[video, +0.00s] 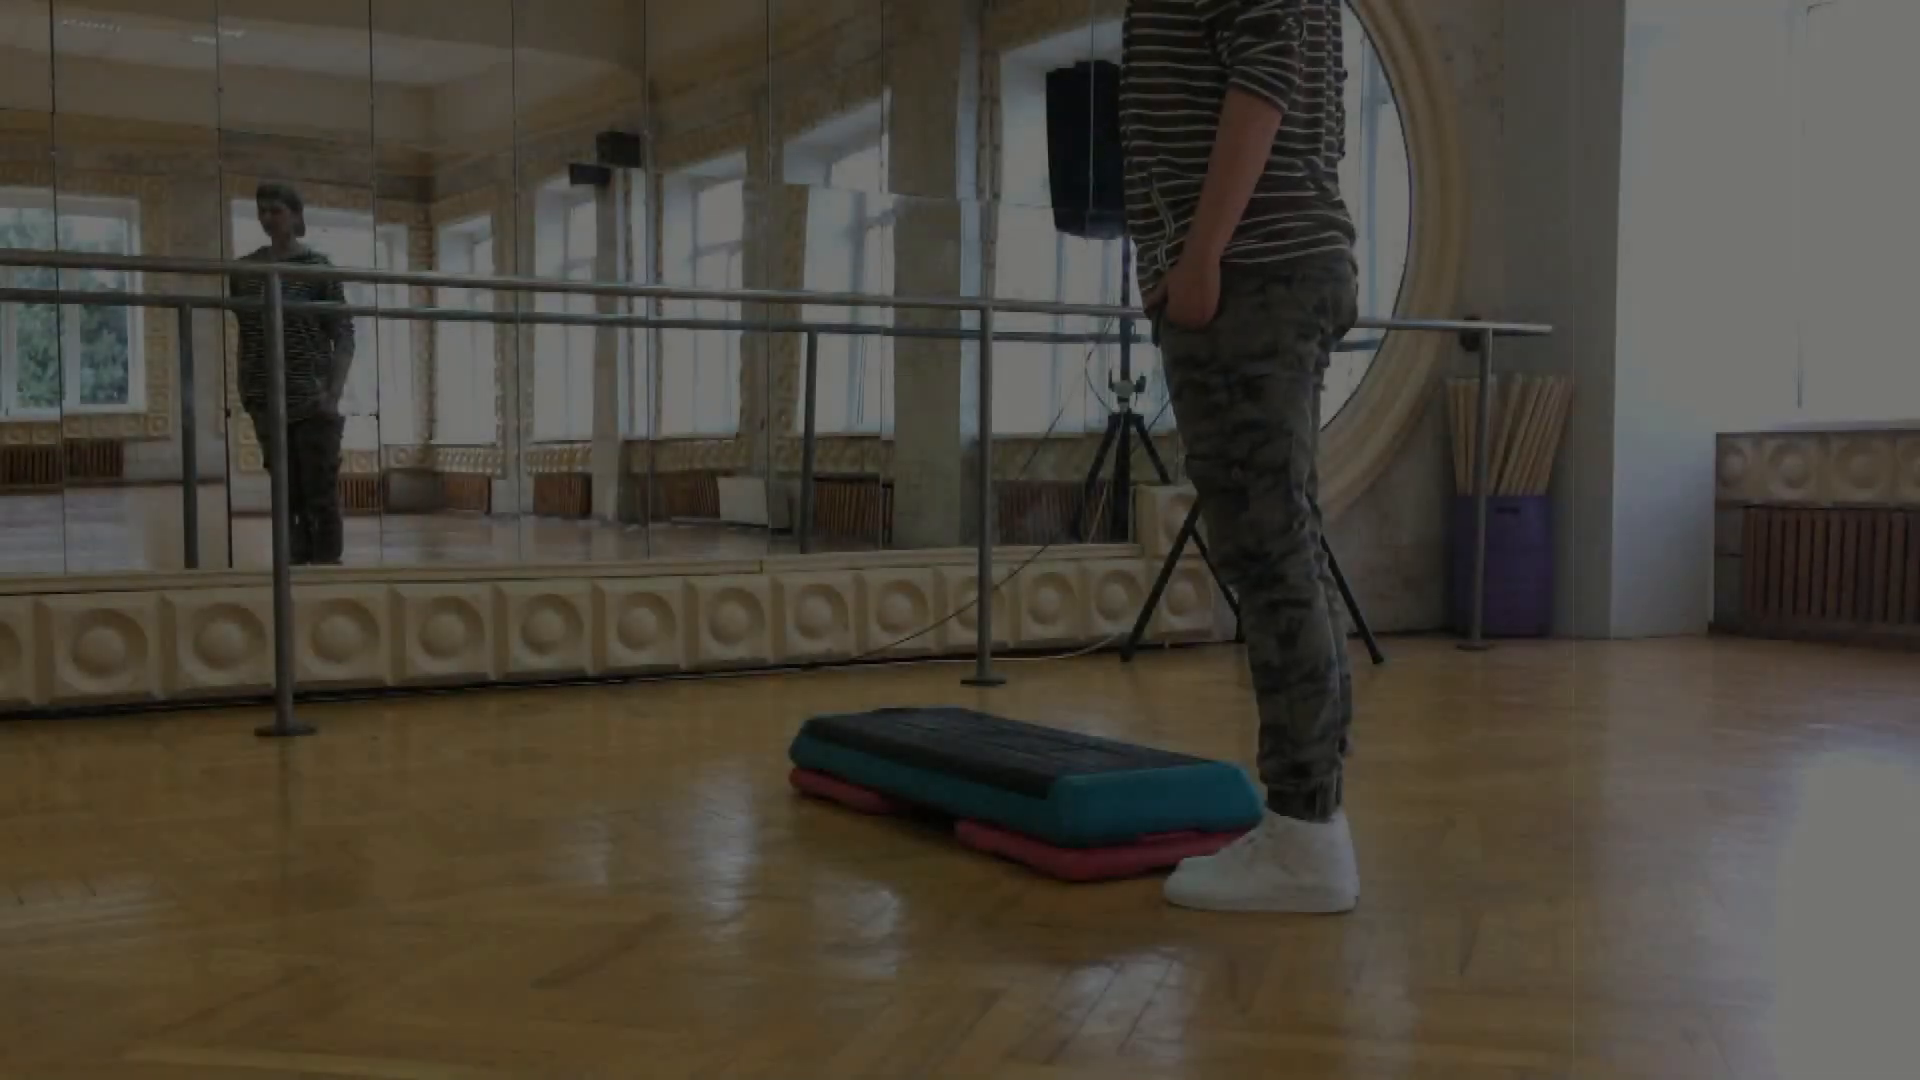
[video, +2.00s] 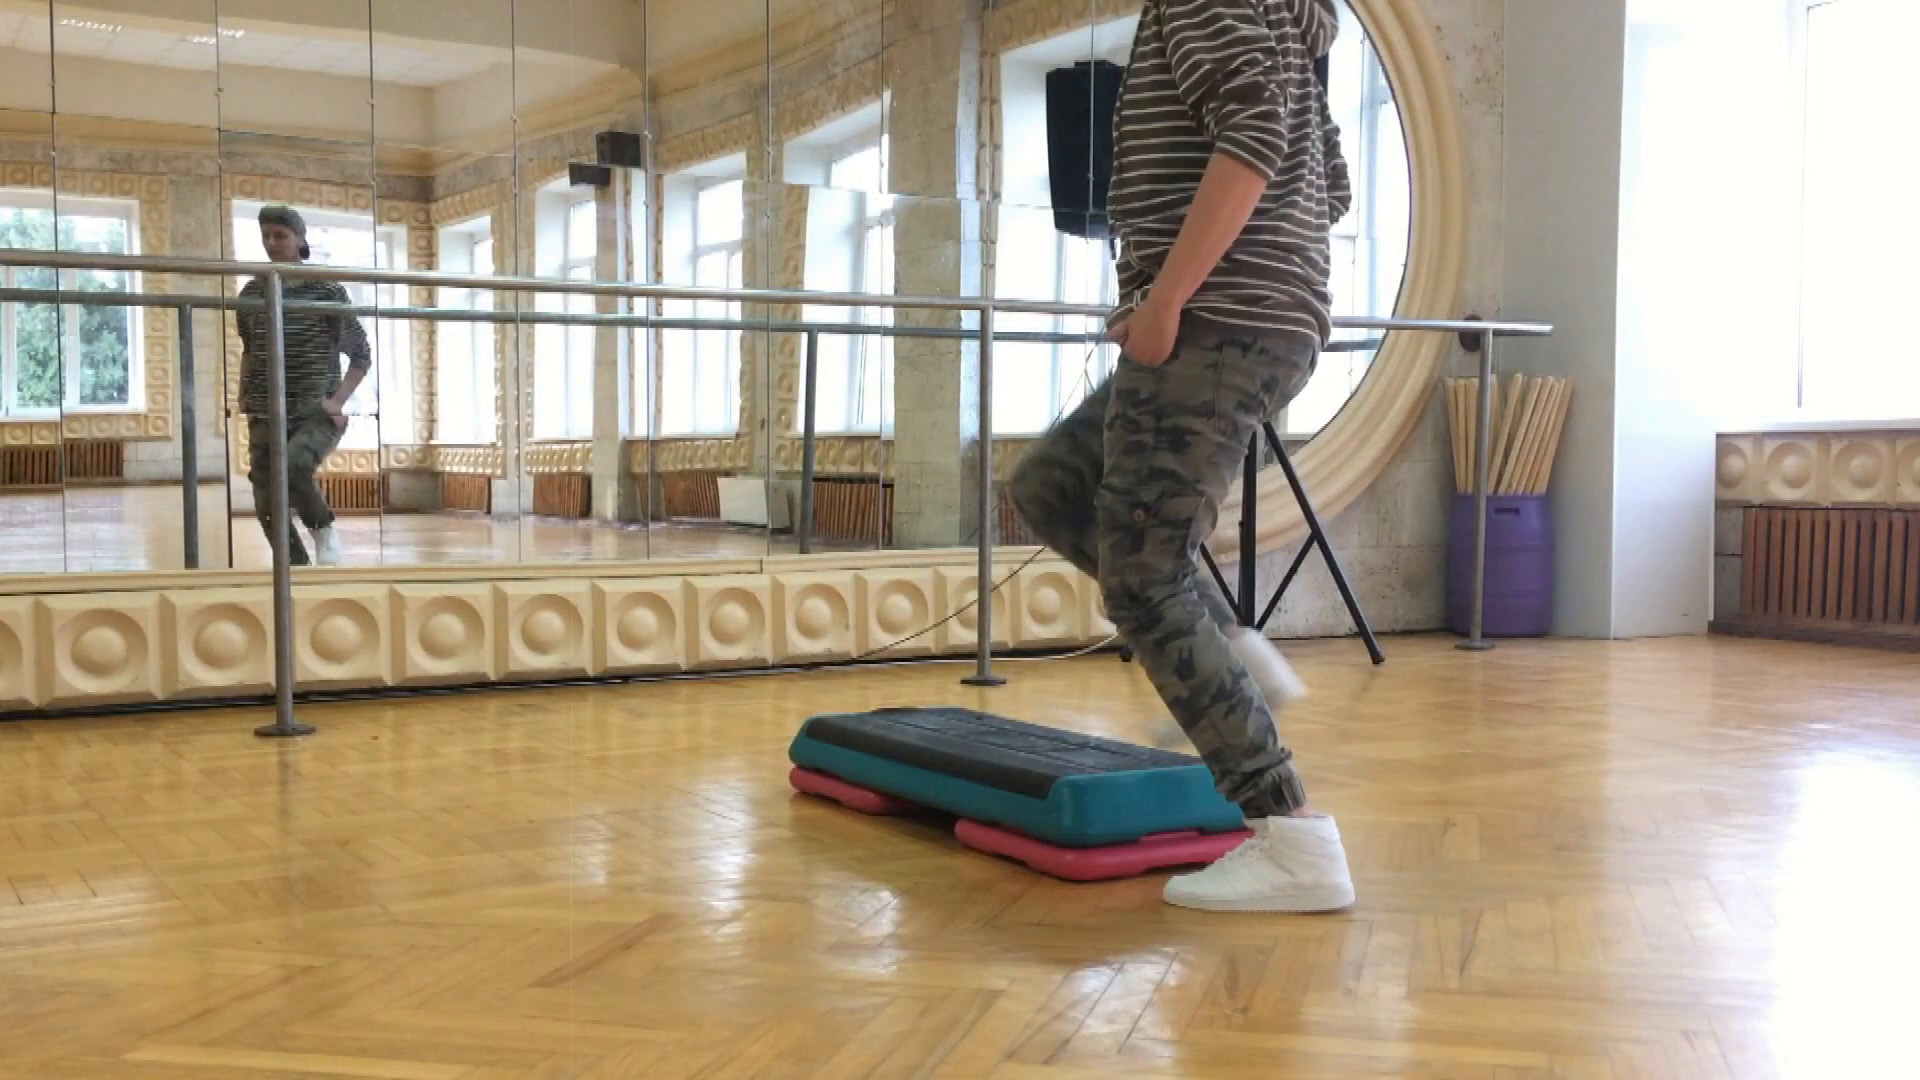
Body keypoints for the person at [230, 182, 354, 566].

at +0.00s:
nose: (268, 219)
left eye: (276, 211)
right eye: (263, 212)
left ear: (296, 216)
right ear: (258, 219)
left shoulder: (318, 266)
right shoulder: (244, 269)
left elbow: (344, 332)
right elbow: (246, 334)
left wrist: (332, 392)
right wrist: (247, 391)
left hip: (314, 397)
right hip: (265, 400)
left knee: (318, 488)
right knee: (285, 488)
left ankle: (326, 569)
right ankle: (296, 567)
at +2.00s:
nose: (272, 244)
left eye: (280, 236)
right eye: (267, 237)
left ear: (301, 240)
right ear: (262, 241)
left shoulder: (325, 291)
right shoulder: (251, 292)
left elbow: (361, 355)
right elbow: (249, 349)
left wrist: (338, 400)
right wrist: (244, 393)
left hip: (315, 410)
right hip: (264, 414)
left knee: (292, 466)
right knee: (268, 508)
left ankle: (323, 529)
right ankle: (300, 574)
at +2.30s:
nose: (274, 205)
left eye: (281, 198)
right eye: (269, 200)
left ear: (303, 200)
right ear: (267, 207)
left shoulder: (327, 250)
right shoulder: (273, 257)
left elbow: (368, 303)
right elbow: (281, 316)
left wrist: (358, 360)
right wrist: (284, 365)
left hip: (344, 367)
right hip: (304, 370)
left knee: (328, 455)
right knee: (324, 457)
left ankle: (335, 545)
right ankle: (335, 543)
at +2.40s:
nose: (281, 210)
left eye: (290, 203)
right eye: (276, 204)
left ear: (311, 206)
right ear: (273, 211)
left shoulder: (333, 254)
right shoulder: (281, 264)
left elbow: (374, 305)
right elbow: (284, 322)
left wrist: (368, 362)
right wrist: (306, 368)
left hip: (353, 371)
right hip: (318, 378)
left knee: (333, 461)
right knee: (358, 467)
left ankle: (342, 554)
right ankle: (365, 556)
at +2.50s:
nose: (288, 215)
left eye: (296, 207)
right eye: (284, 208)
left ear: (320, 210)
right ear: (284, 215)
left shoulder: (343, 258)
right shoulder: (292, 265)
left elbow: (381, 314)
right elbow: (301, 323)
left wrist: (364, 362)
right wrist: (318, 364)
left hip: (362, 379)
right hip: (329, 381)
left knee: (337, 463)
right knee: (376, 464)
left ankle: (343, 554)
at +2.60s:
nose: (302, 220)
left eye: (310, 212)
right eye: (298, 213)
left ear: (333, 216)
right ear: (297, 217)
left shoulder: (353, 262)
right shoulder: (305, 267)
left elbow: (394, 320)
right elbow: (316, 327)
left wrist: (379, 369)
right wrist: (330, 372)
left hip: (373, 383)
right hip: (344, 384)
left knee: (342, 464)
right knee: (392, 472)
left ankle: (344, 557)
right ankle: (427, 554)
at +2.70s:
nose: (321, 226)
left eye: (329, 218)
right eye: (316, 220)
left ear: (351, 222)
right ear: (313, 225)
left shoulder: (363, 268)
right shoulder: (321, 275)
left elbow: (412, 328)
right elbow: (330, 333)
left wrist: (387, 381)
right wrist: (345, 371)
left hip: (391, 391)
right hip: (362, 395)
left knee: (349, 464)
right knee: (410, 479)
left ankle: (344, 557)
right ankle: (463, 555)